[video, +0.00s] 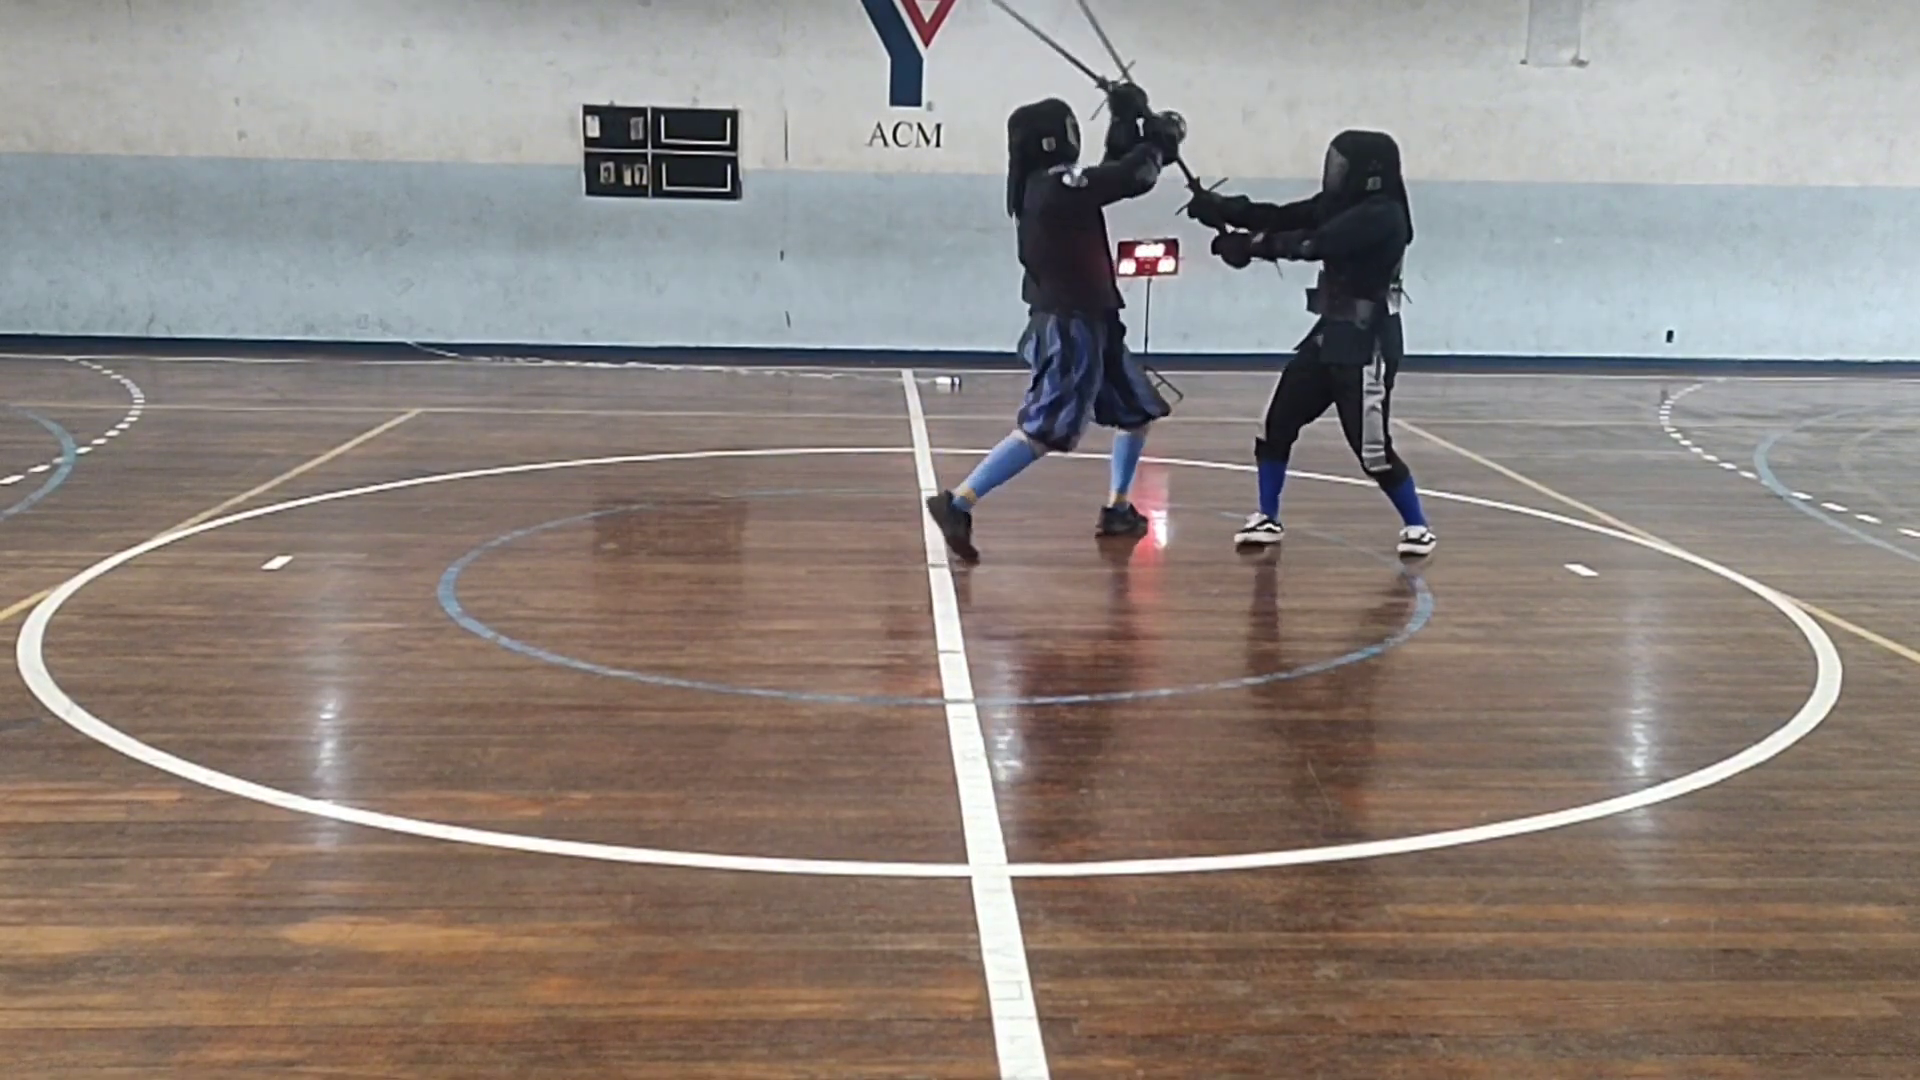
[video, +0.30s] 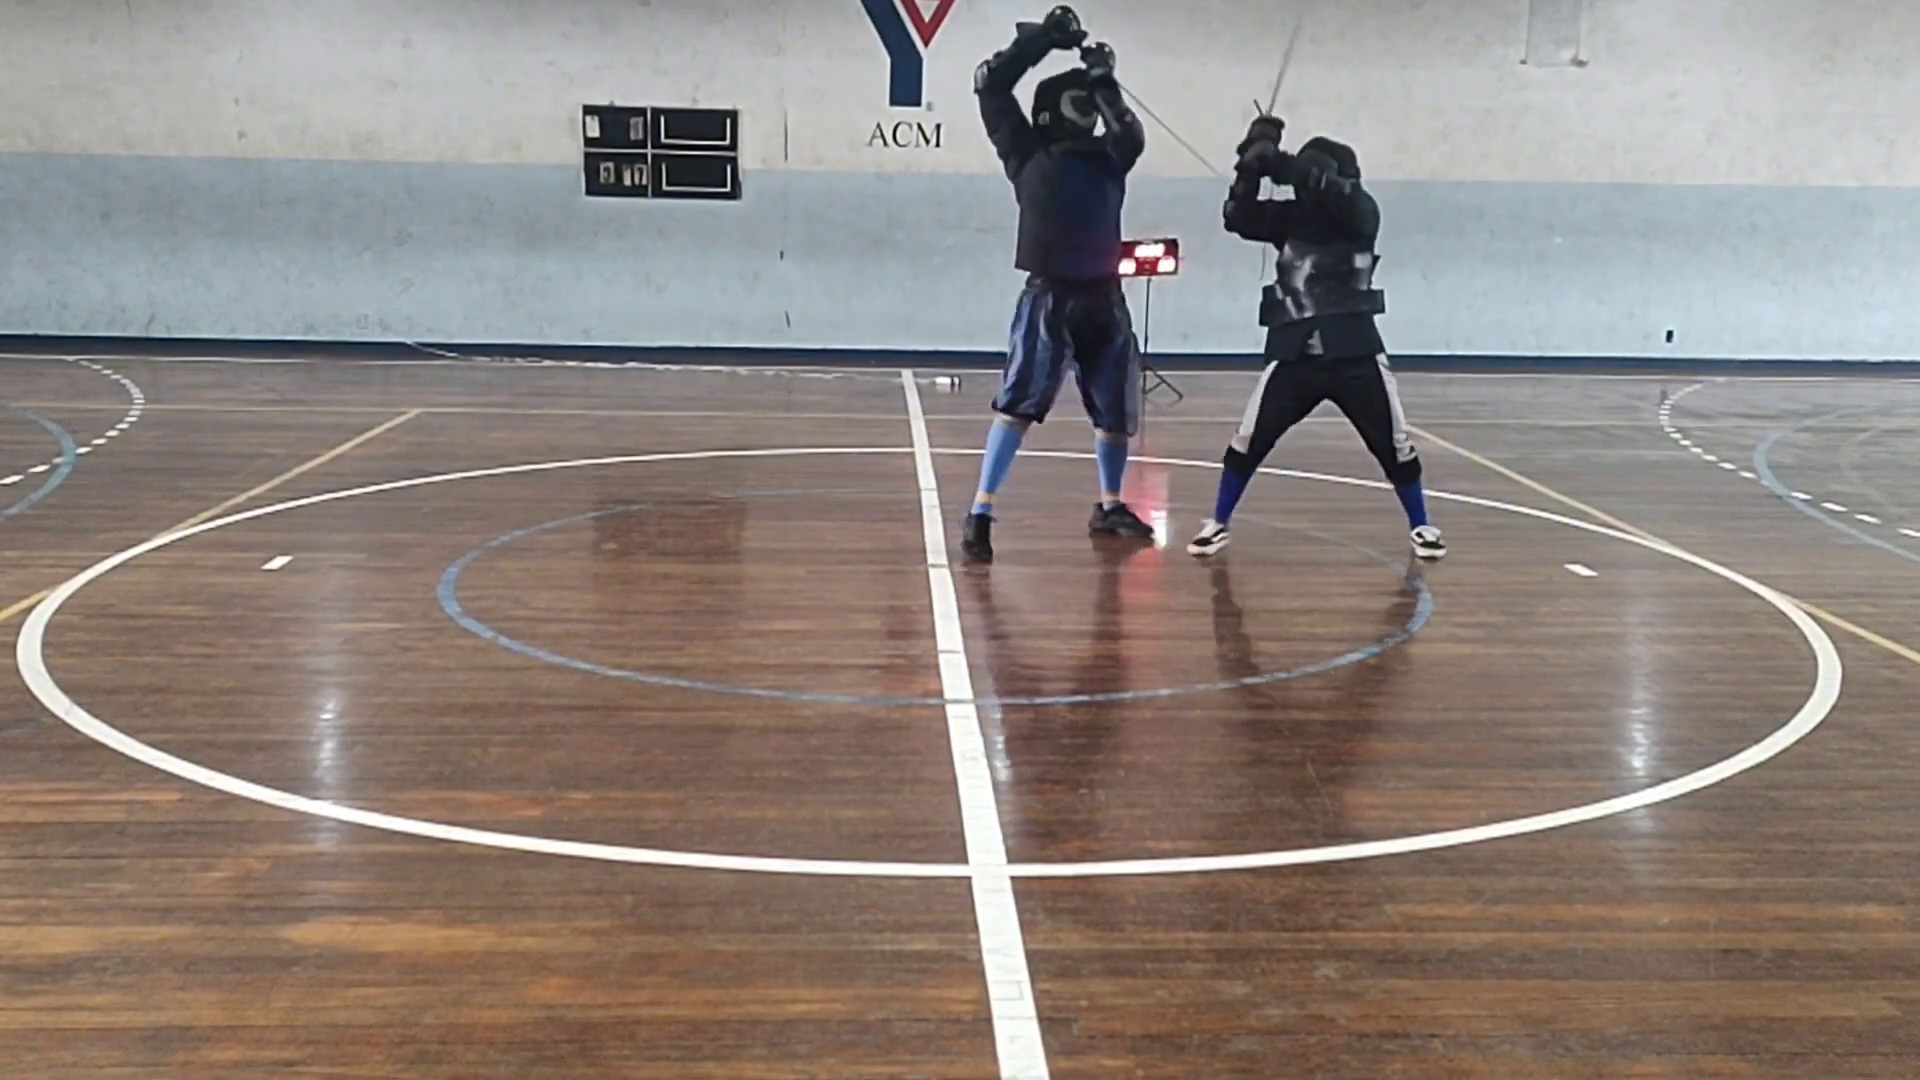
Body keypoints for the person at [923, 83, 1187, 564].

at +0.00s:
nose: (1078, 137)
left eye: (1073, 130)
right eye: (1070, 130)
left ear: (1032, 146)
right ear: (1052, 142)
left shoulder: (1047, 182)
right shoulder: (1058, 185)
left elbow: (1111, 174)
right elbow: (1136, 178)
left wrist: (1123, 121)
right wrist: (1159, 139)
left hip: (1090, 320)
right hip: (1068, 322)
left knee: (1136, 412)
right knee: (1048, 429)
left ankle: (1118, 509)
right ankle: (957, 503)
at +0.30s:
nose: (1089, 109)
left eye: (1093, 102)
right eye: (1077, 101)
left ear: (1097, 107)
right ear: (1051, 109)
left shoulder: (1112, 156)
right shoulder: (1028, 154)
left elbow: (1129, 133)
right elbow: (991, 88)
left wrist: (1106, 81)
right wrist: (1040, 37)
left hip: (1103, 300)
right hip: (1046, 299)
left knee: (1116, 410)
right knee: (1020, 405)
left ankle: (1111, 508)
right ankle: (980, 514)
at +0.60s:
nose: (1038, 124)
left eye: (1045, 116)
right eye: (1027, 117)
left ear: (1057, 122)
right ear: (1009, 127)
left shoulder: (1080, 167)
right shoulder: (997, 171)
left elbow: (1093, 133)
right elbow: (954, 110)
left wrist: (1066, 97)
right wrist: (994, 54)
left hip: (1078, 313)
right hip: (1016, 314)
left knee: (1104, 422)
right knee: (986, 419)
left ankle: (1131, 507)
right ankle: (954, 519)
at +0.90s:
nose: (984, 137)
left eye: (990, 129)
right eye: (973, 130)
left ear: (1001, 133)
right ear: (952, 138)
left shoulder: (1022, 179)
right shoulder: (939, 183)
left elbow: (1056, 145)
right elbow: (896, 120)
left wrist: (1018, 106)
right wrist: (942, 67)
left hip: (1017, 321)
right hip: (955, 325)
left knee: (1063, 421)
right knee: (959, 426)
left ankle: (1109, 502)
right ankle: (953, 522)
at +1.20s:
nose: (924, 126)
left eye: (928, 119)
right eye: (914, 120)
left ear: (935, 122)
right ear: (889, 125)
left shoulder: (951, 167)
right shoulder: (869, 170)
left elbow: (1000, 178)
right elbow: (831, 126)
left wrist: (959, 117)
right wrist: (883, 93)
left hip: (949, 314)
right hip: (900, 315)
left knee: (941, 423)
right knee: (934, 420)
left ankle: (869, 473)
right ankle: (951, 523)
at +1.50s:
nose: (859, 113)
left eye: (861, 104)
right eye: (852, 103)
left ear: (822, 110)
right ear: (826, 108)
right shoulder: (831, 157)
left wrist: (898, 228)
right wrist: (896, 242)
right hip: (838, 297)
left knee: (861, 398)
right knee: (870, 399)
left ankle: (830, 496)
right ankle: (860, 504)